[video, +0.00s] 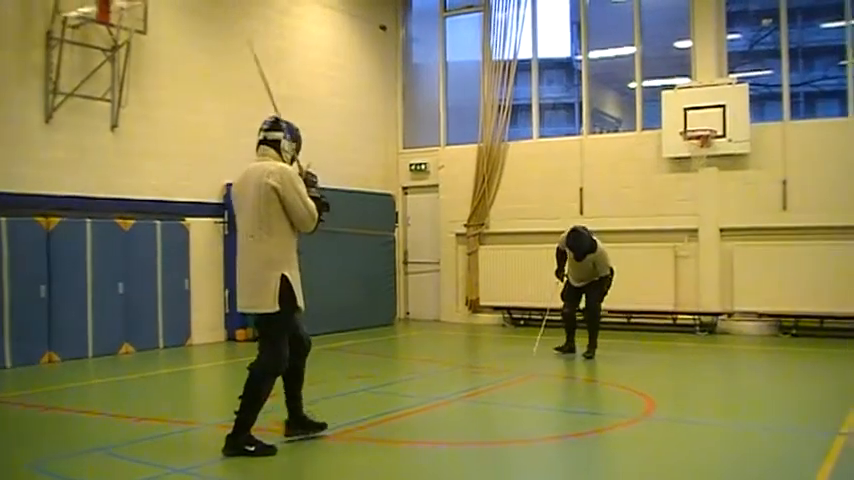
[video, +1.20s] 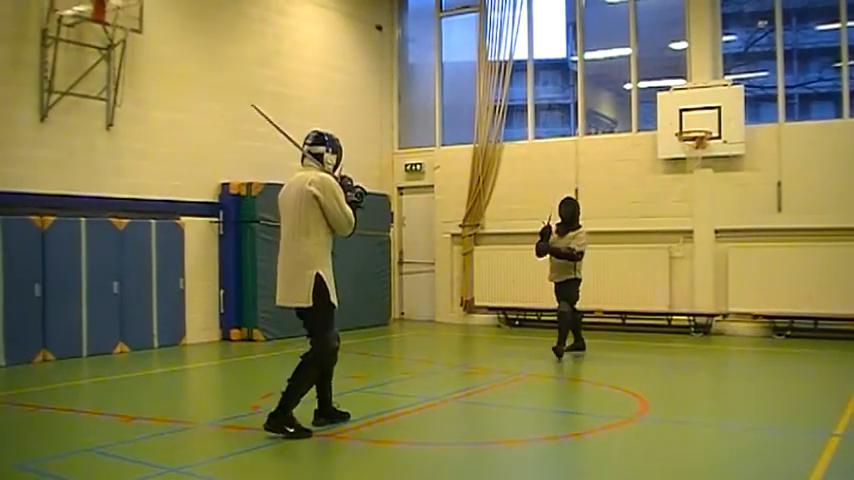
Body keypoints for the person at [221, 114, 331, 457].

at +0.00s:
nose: (296, 153)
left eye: (297, 147)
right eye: (295, 147)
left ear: (262, 143)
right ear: (286, 145)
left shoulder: (242, 178)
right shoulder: (282, 173)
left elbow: (258, 221)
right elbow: (307, 221)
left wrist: (301, 189)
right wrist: (310, 189)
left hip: (251, 280)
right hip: (276, 281)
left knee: (298, 345)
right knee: (273, 355)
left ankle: (296, 418)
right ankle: (239, 436)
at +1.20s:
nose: (336, 162)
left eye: (336, 157)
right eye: (335, 157)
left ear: (306, 154)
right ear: (328, 156)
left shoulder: (289, 185)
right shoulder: (322, 181)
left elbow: (306, 222)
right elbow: (345, 225)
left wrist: (338, 194)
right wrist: (349, 199)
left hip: (293, 278)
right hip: (315, 278)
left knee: (326, 344)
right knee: (325, 347)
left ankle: (325, 408)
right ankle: (280, 415)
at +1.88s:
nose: (352, 185)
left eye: (353, 180)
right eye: (351, 179)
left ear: (323, 173)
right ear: (342, 175)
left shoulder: (306, 201)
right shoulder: (333, 200)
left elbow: (326, 243)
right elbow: (353, 246)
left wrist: (354, 219)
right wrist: (362, 223)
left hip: (315, 291)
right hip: (333, 291)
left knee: (356, 338)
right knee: (339, 362)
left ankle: (371, 391)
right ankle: (286, 417)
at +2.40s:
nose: (394, 181)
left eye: (393, 177)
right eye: (394, 176)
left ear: (365, 173)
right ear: (388, 174)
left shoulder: (349, 201)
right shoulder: (384, 196)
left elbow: (366, 237)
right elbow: (404, 235)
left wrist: (398, 212)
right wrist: (408, 215)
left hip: (355, 279)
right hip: (375, 279)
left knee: (386, 335)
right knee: (377, 344)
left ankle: (380, 395)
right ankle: (322, 396)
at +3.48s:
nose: (414, 186)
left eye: (413, 182)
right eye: (414, 182)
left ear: (386, 182)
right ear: (410, 182)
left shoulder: (371, 211)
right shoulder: (415, 207)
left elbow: (378, 250)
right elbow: (430, 253)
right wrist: (428, 229)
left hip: (380, 298)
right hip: (408, 297)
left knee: (420, 328)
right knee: (412, 362)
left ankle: (419, 390)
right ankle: (367, 416)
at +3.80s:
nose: (429, 186)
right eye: (429, 181)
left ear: (402, 183)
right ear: (427, 183)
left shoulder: (387, 209)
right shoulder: (438, 208)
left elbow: (377, 250)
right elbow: (447, 254)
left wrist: (401, 258)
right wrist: (425, 258)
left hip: (399, 294)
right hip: (430, 294)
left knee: (411, 341)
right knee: (438, 355)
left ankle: (418, 392)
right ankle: (406, 386)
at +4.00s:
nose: (437, 186)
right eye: (437, 181)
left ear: (412, 182)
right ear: (437, 182)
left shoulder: (399, 204)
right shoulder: (450, 208)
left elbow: (388, 243)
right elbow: (453, 246)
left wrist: (411, 261)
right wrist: (434, 261)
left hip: (411, 283)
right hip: (445, 282)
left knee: (408, 335)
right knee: (459, 335)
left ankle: (418, 392)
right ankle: (448, 390)